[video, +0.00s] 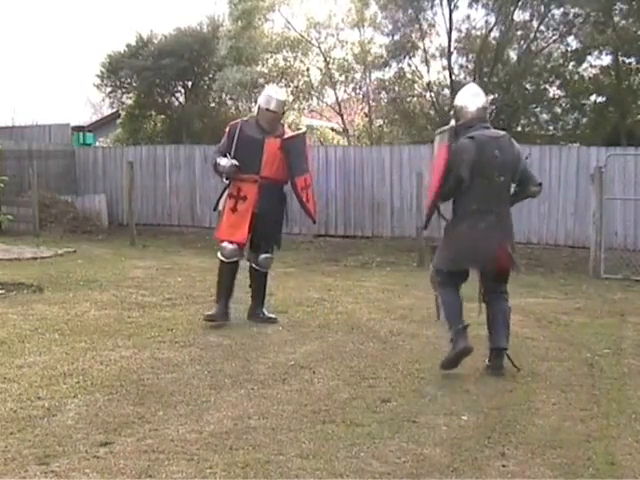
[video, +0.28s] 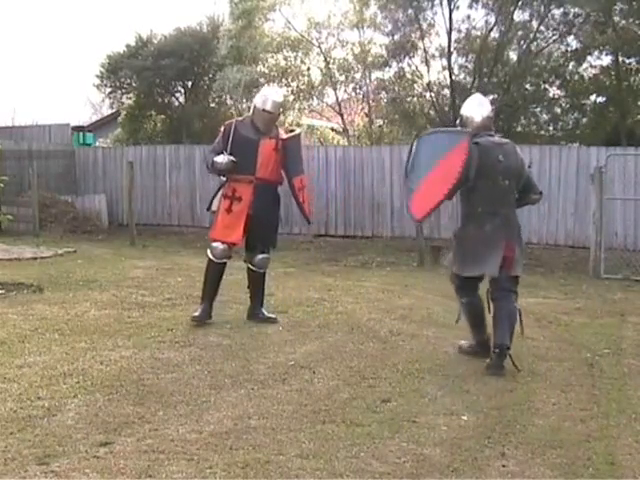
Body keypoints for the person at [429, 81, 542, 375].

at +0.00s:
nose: (455, 118)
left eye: (457, 112)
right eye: (456, 112)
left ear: (463, 113)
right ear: (485, 111)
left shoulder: (464, 145)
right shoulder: (507, 143)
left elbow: (454, 181)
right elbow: (531, 186)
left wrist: (436, 197)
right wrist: (504, 201)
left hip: (465, 232)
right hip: (499, 233)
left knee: (444, 278)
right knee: (497, 290)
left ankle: (459, 338)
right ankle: (497, 356)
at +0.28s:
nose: (463, 125)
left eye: (464, 121)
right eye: (465, 120)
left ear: (469, 121)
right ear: (491, 120)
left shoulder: (468, 149)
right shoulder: (510, 149)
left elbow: (453, 185)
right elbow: (532, 193)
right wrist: (505, 203)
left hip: (478, 230)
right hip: (509, 231)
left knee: (465, 282)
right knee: (505, 289)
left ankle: (481, 341)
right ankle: (501, 353)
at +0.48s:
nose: (459, 126)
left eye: (461, 120)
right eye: (459, 120)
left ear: (468, 120)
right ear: (487, 119)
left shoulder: (471, 151)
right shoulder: (510, 147)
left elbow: (445, 175)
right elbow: (534, 186)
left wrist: (449, 144)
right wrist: (508, 201)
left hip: (478, 230)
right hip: (510, 229)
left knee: (471, 283)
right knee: (507, 283)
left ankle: (482, 342)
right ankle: (512, 329)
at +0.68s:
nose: (465, 121)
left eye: (466, 116)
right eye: (465, 116)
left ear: (472, 117)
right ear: (492, 115)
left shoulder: (474, 147)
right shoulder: (514, 143)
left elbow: (437, 157)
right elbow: (537, 180)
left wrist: (454, 133)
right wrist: (522, 203)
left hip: (481, 224)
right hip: (510, 222)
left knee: (475, 281)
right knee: (509, 275)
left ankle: (484, 342)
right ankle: (533, 322)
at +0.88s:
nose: (472, 124)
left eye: (475, 119)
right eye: (473, 119)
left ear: (480, 120)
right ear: (499, 119)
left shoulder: (481, 148)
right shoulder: (518, 146)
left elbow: (451, 155)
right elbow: (543, 183)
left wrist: (461, 131)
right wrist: (531, 204)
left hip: (488, 223)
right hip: (516, 222)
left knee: (479, 280)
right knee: (518, 275)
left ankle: (484, 340)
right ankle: (533, 330)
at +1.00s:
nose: (480, 124)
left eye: (482, 120)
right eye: (480, 120)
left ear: (490, 120)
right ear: (505, 119)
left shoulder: (487, 147)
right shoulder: (521, 147)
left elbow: (474, 165)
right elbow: (544, 185)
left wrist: (472, 131)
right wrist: (529, 209)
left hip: (492, 226)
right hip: (517, 225)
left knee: (476, 277)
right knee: (518, 275)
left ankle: (483, 336)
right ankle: (533, 329)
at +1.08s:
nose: (482, 124)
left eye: (484, 120)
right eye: (482, 120)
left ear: (492, 120)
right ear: (508, 118)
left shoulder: (494, 147)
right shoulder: (524, 147)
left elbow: (475, 175)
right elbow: (543, 184)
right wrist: (526, 208)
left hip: (494, 223)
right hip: (520, 222)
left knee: (468, 269)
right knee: (517, 272)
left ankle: (482, 326)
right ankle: (533, 328)